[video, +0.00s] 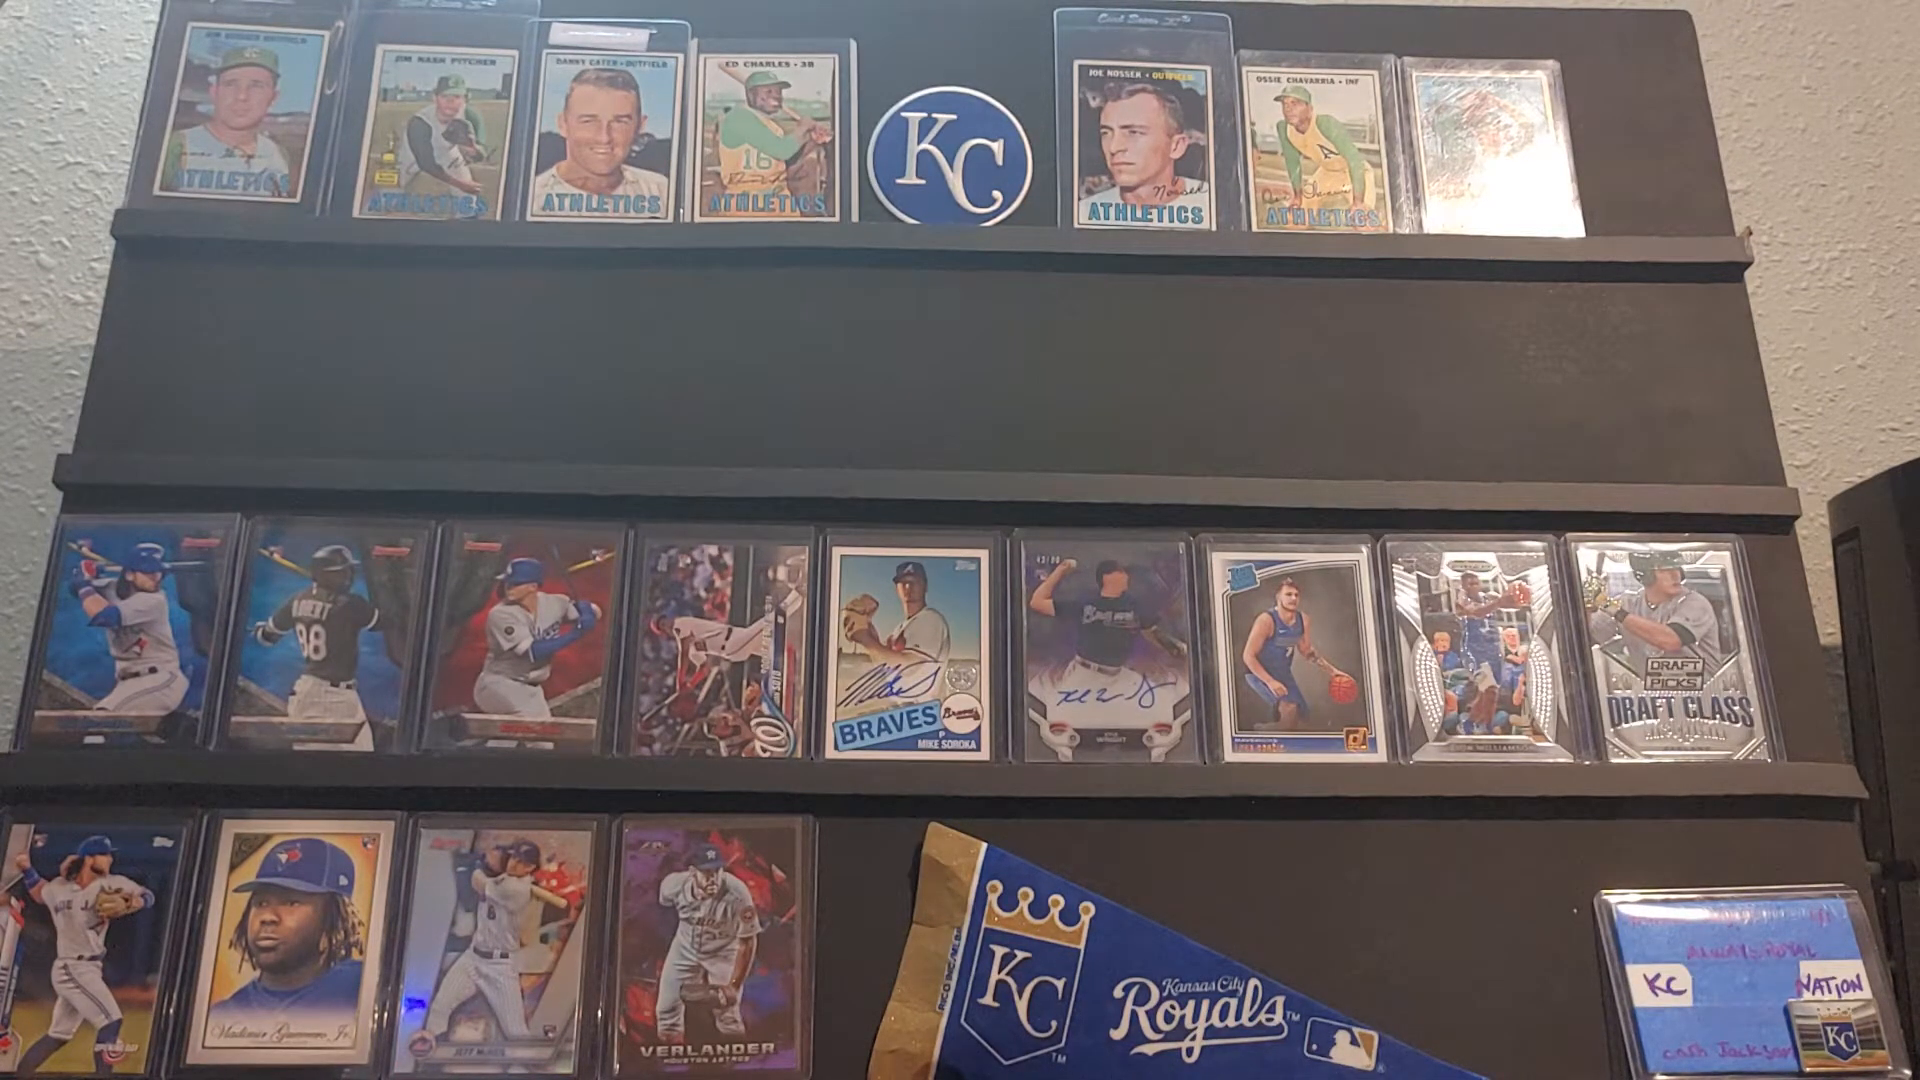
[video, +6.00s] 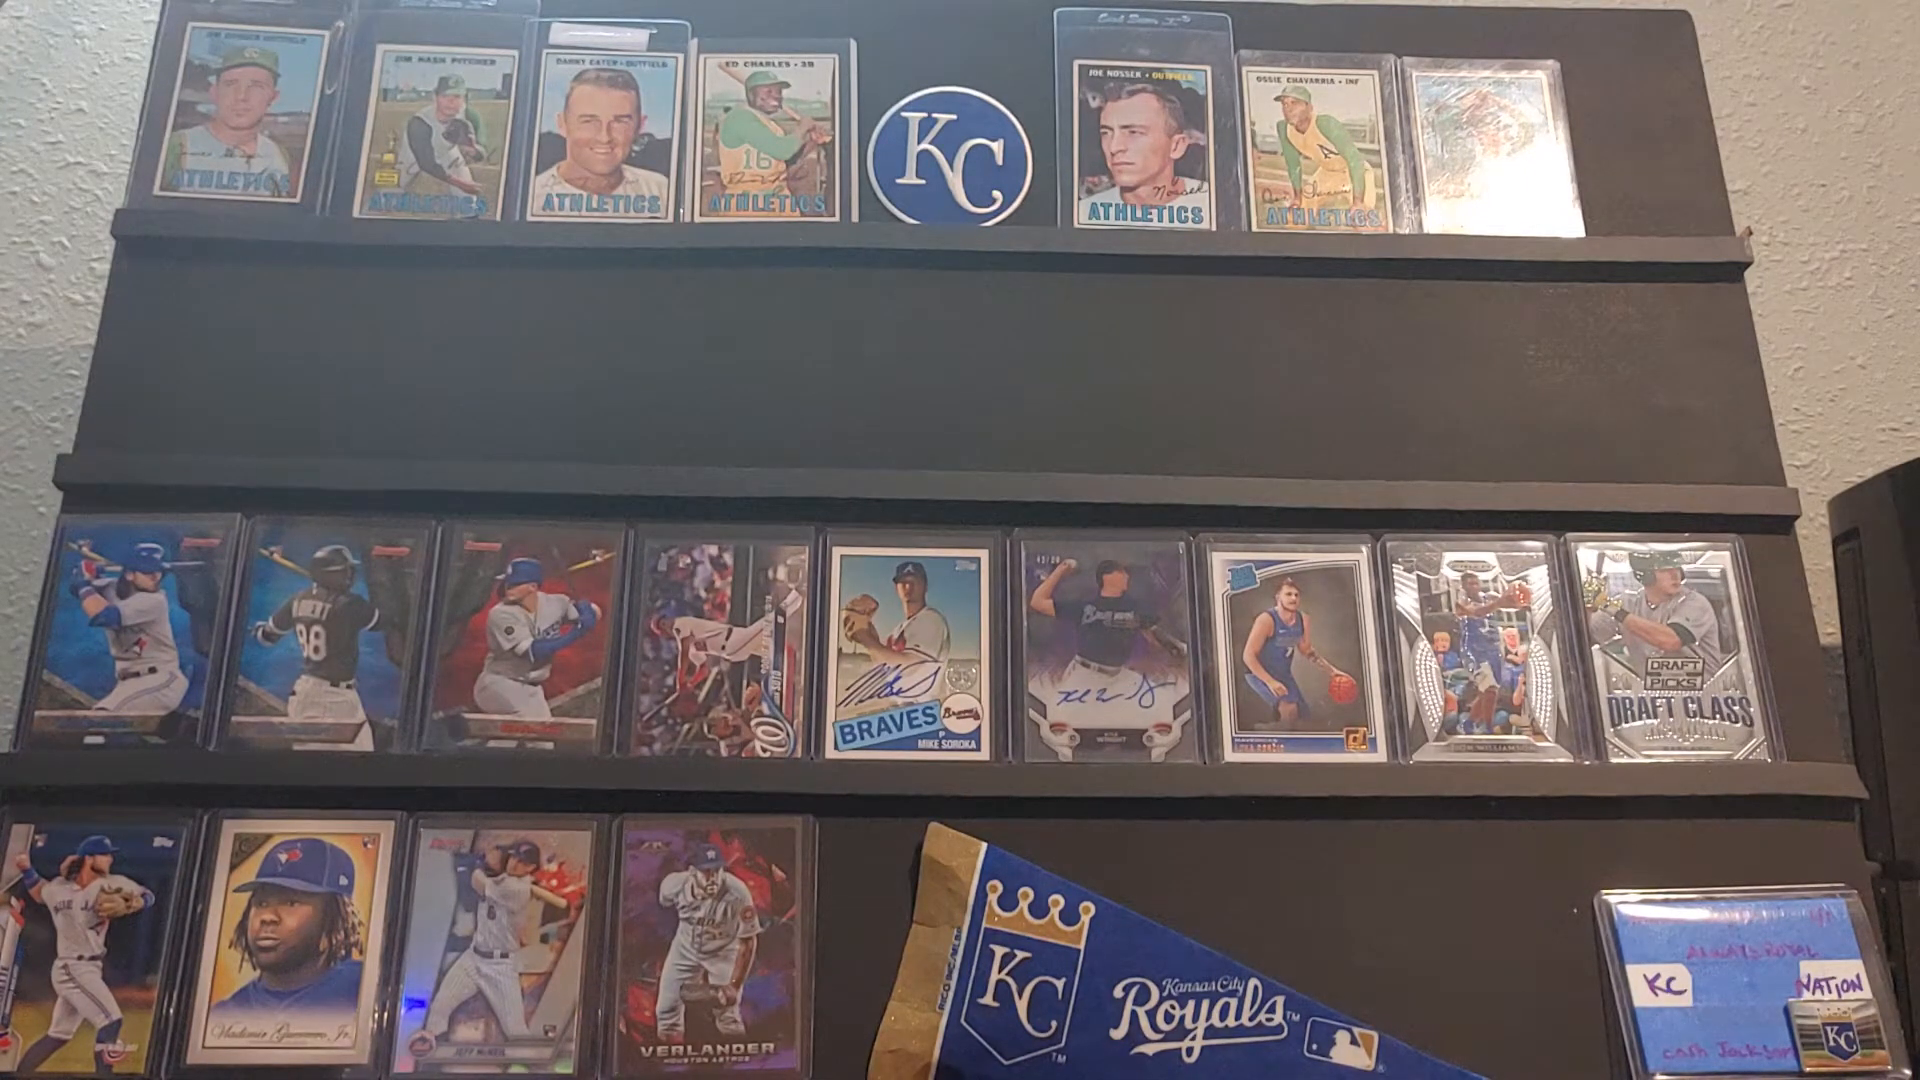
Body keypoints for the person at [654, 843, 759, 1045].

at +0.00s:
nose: (711, 878)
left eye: (715, 871)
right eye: (705, 872)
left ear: (721, 869)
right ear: (692, 871)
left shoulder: (738, 893)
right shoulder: (673, 885)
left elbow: (748, 942)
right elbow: (667, 910)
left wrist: (735, 985)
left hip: (724, 953)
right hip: (684, 947)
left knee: (727, 1014)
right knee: (666, 1008)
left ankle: (740, 1068)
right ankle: (673, 1069)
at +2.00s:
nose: (711, 878)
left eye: (716, 872)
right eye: (705, 872)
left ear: (722, 870)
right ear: (692, 871)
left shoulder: (738, 893)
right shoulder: (673, 885)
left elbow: (748, 941)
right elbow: (666, 908)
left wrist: (735, 985)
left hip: (724, 953)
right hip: (684, 947)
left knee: (727, 1014)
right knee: (666, 1009)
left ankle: (740, 1069)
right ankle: (674, 1069)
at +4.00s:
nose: (711, 878)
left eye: (716, 871)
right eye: (706, 872)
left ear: (722, 869)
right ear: (693, 870)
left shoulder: (738, 893)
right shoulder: (673, 885)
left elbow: (748, 941)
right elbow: (667, 907)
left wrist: (734, 985)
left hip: (724, 954)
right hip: (684, 947)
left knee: (727, 1014)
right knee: (666, 1009)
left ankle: (741, 1068)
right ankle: (674, 1069)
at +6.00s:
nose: (711, 878)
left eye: (716, 871)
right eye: (705, 872)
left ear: (722, 869)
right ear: (692, 870)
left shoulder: (738, 892)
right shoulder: (673, 885)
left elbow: (749, 941)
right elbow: (666, 907)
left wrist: (735, 985)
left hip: (724, 953)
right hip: (684, 947)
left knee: (727, 1015)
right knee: (666, 1009)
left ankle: (741, 1068)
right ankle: (673, 1069)